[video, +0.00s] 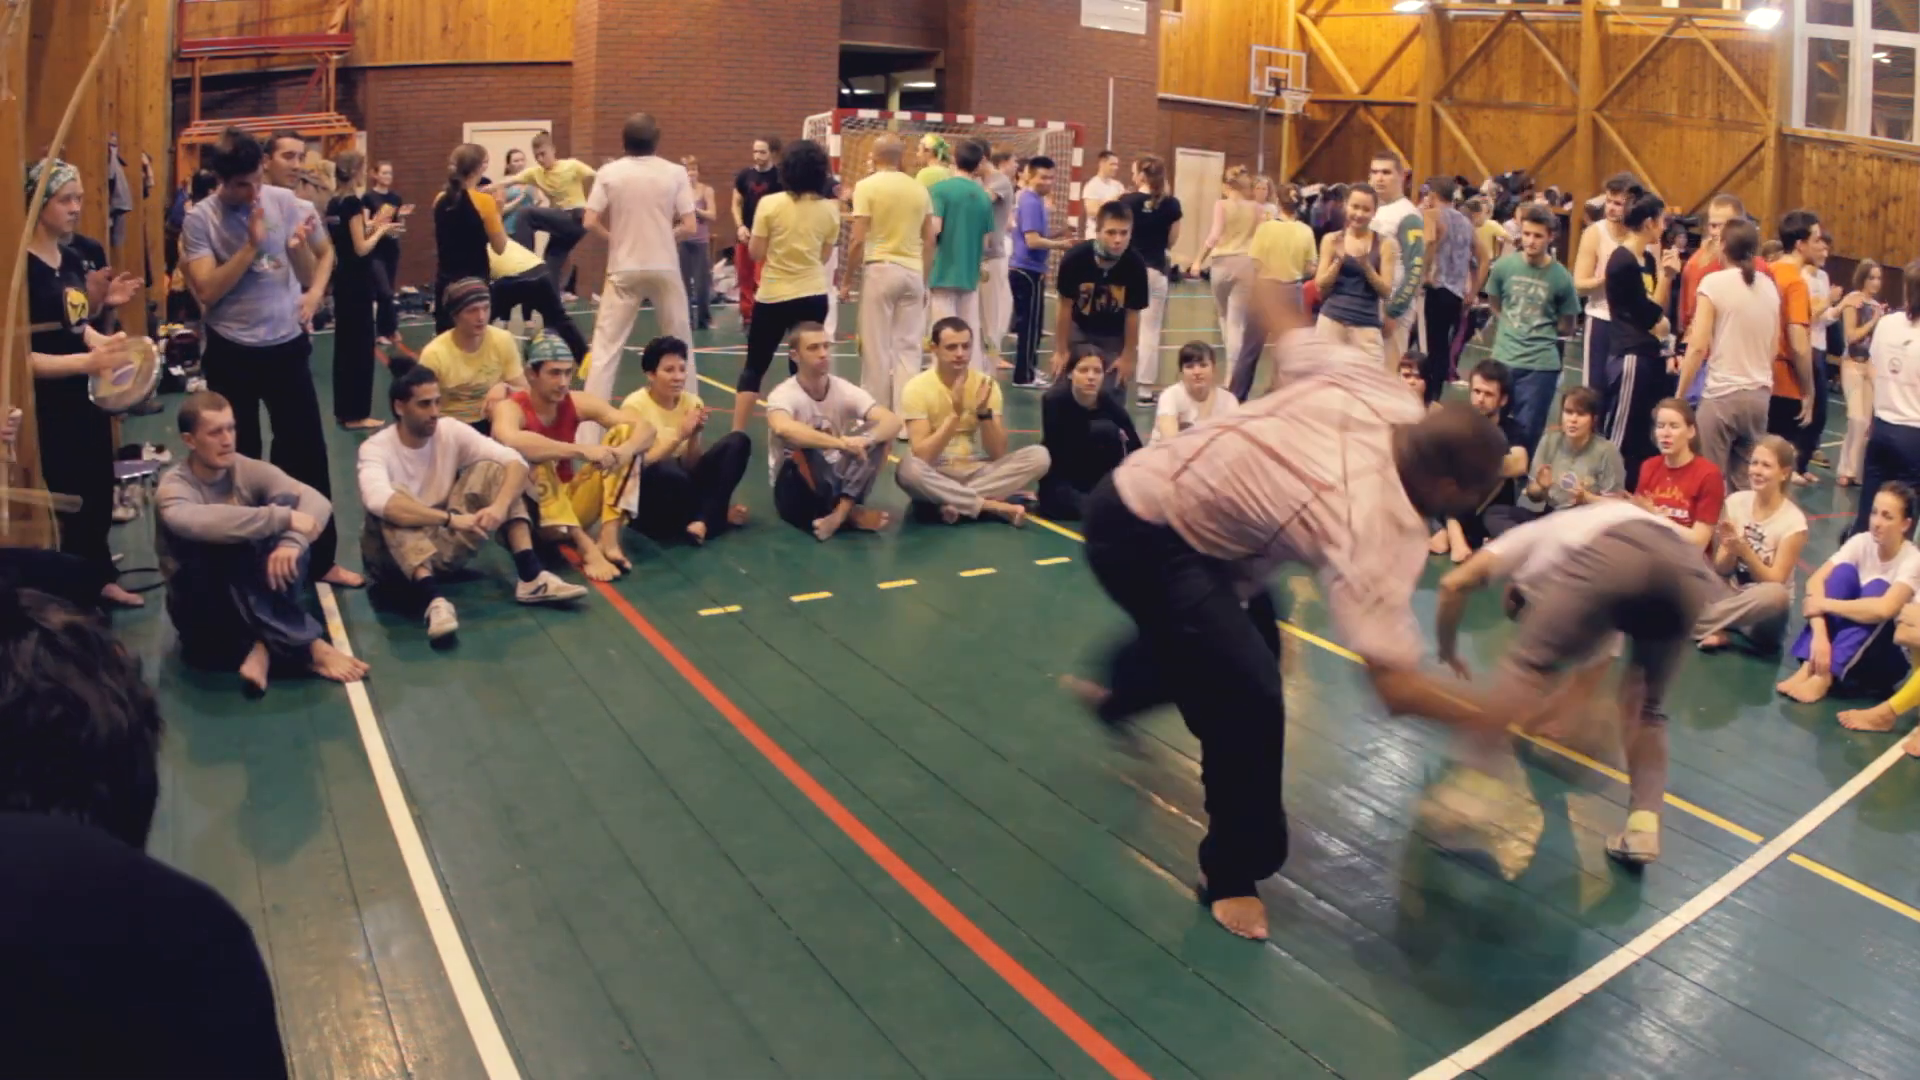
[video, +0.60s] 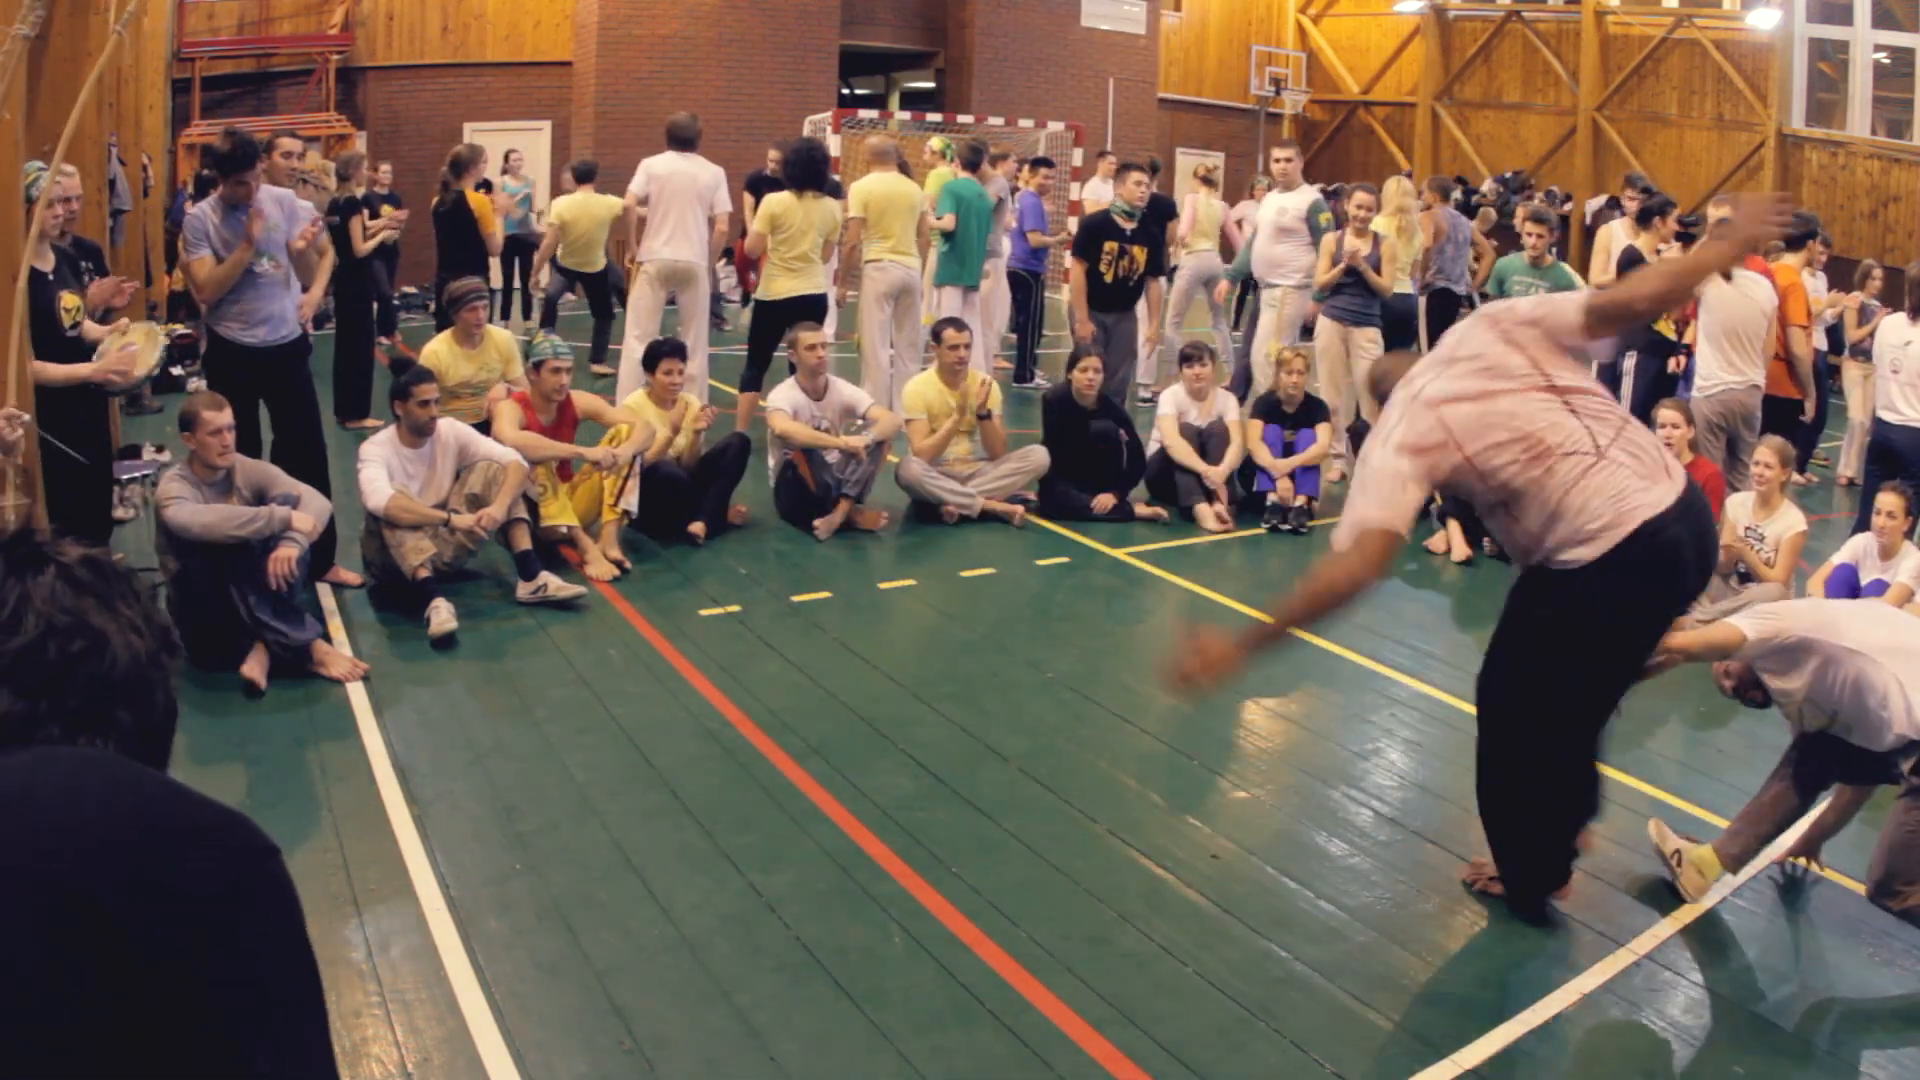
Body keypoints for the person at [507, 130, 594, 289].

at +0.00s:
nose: (540, 159)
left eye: (543, 154)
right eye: (537, 156)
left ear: (553, 150)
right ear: (534, 156)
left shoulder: (572, 166)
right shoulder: (536, 173)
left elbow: (598, 178)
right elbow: (511, 181)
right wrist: (488, 189)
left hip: (576, 216)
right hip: (561, 219)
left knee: (527, 215)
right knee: (552, 262)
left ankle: (523, 263)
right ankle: (550, 304)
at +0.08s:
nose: (533, 161)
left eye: (536, 156)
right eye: (530, 158)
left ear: (546, 153)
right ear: (527, 158)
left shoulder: (564, 164)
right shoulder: (531, 174)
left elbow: (599, 173)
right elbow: (507, 185)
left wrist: (588, 161)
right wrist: (485, 194)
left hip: (579, 215)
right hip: (562, 219)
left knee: (536, 230)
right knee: (552, 261)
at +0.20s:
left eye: (494, 194)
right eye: (522, 180)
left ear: (499, 193)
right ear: (519, 187)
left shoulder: (502, 216)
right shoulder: (544, 205)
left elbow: (500, 251)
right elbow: (575, 228)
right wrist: (587, 236)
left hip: (525, 277)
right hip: (557, 275)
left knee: (497, 321)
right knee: (576, 319)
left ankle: (494, 368)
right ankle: (596, 364)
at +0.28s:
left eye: (521, 181)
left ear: (526, 181)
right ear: (547, 178)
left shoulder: (522, 208)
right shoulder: (568, 199)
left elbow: (514, 247)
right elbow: (598, 216)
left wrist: (501, 277)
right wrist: (625, 218)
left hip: (534, 274)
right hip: (566, 274)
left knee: (501, 313)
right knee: (584, 317)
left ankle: (486, 361)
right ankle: (598, 364)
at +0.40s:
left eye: (555, 173)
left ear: (556, 175)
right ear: (578, 174)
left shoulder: (548, 203)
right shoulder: (593, 198)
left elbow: (536, 242)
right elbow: (618, 211)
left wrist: (519, 272)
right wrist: (635, 208)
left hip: (551, 266)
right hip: (580, 269)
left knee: (526, 291)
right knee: (588, 317)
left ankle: (539, 329)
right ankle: (598, 364)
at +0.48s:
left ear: (566, 177)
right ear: (588, 176)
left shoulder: (557, 204)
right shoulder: (602, 200)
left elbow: (545, 242)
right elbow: (628, 210)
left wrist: (531, 273)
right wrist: (644, 206)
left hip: (558, 269)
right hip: (587, 271)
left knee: (522, 265)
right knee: (594, 317)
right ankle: (599, 364)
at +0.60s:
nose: (567, 180)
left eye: (569, 177)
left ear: (573, 179)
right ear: (595, 179)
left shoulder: (561, 204)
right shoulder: (608, 203)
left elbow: (550, 244)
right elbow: (633, 207)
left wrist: (535, 272)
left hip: (565, 265)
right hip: (594, 268)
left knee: (550, 298)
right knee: (604, 315)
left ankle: (544, 346)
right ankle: (597, 362)